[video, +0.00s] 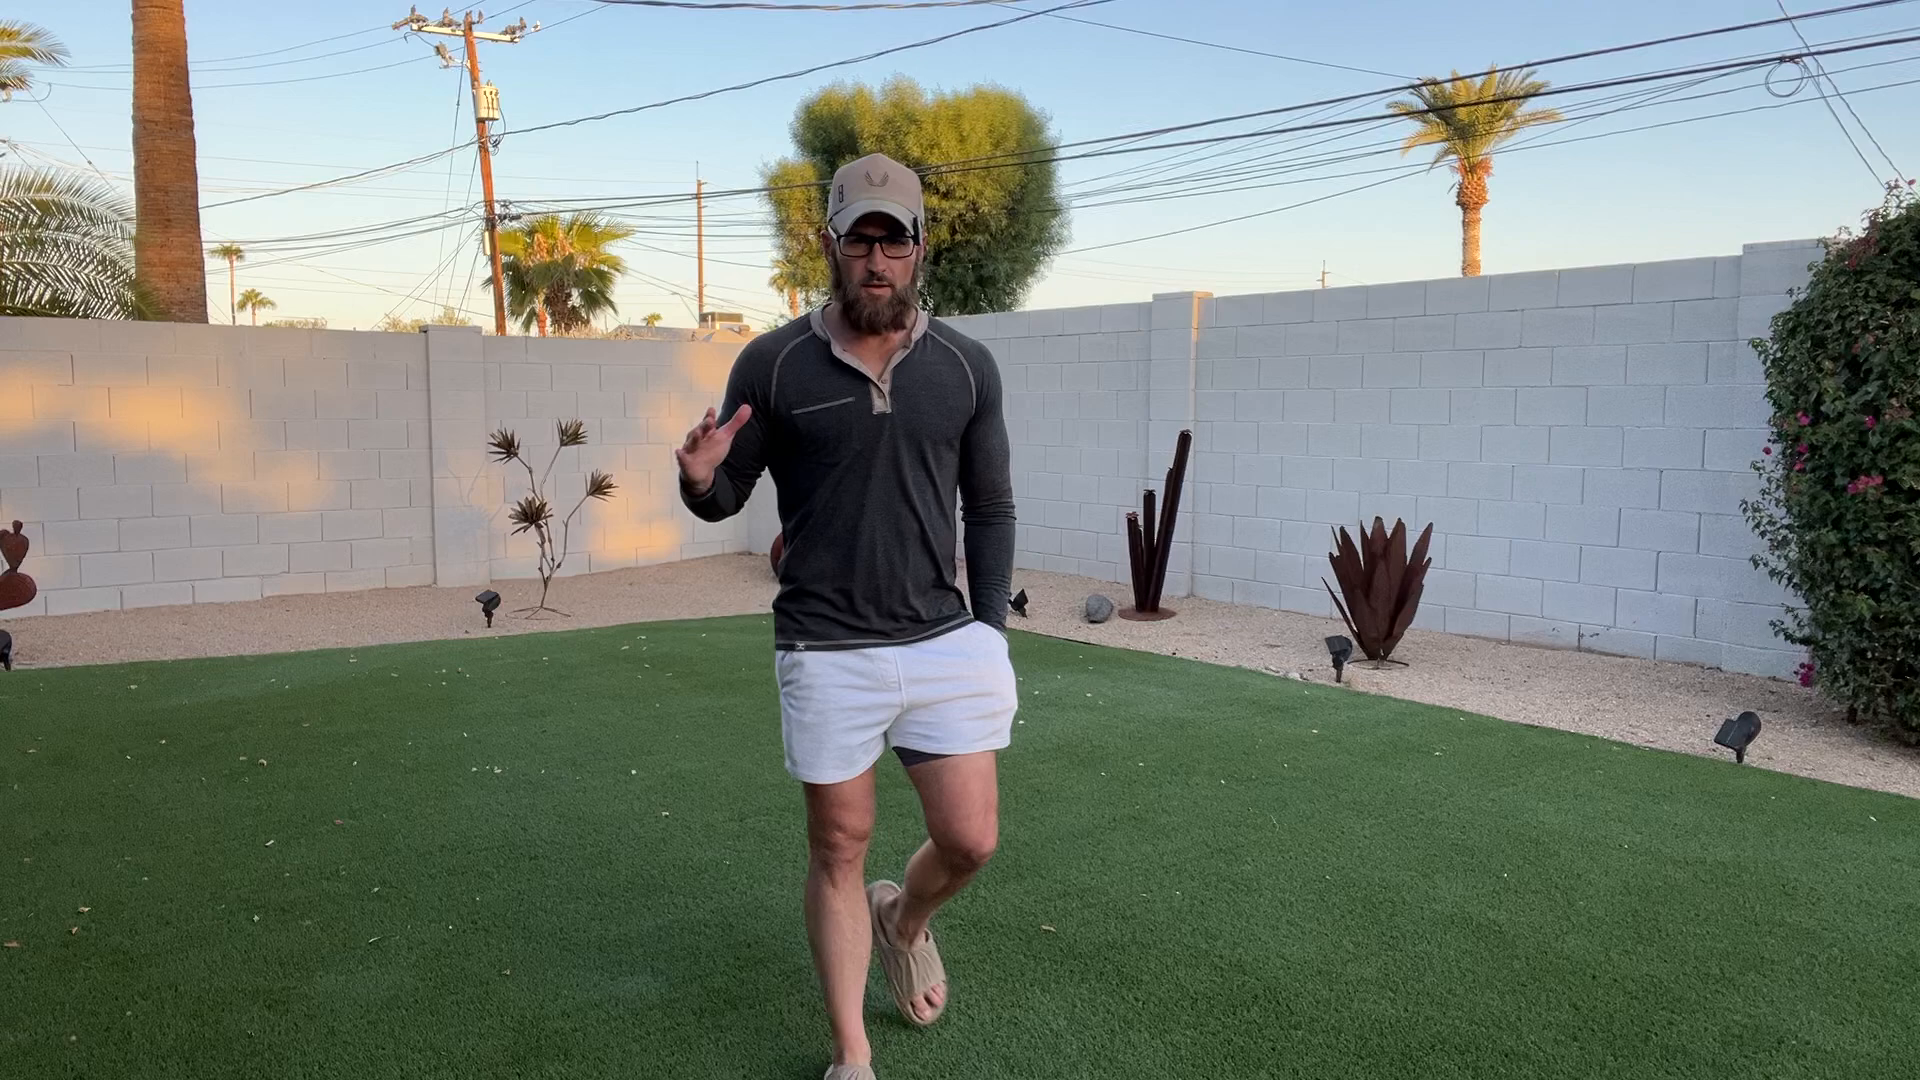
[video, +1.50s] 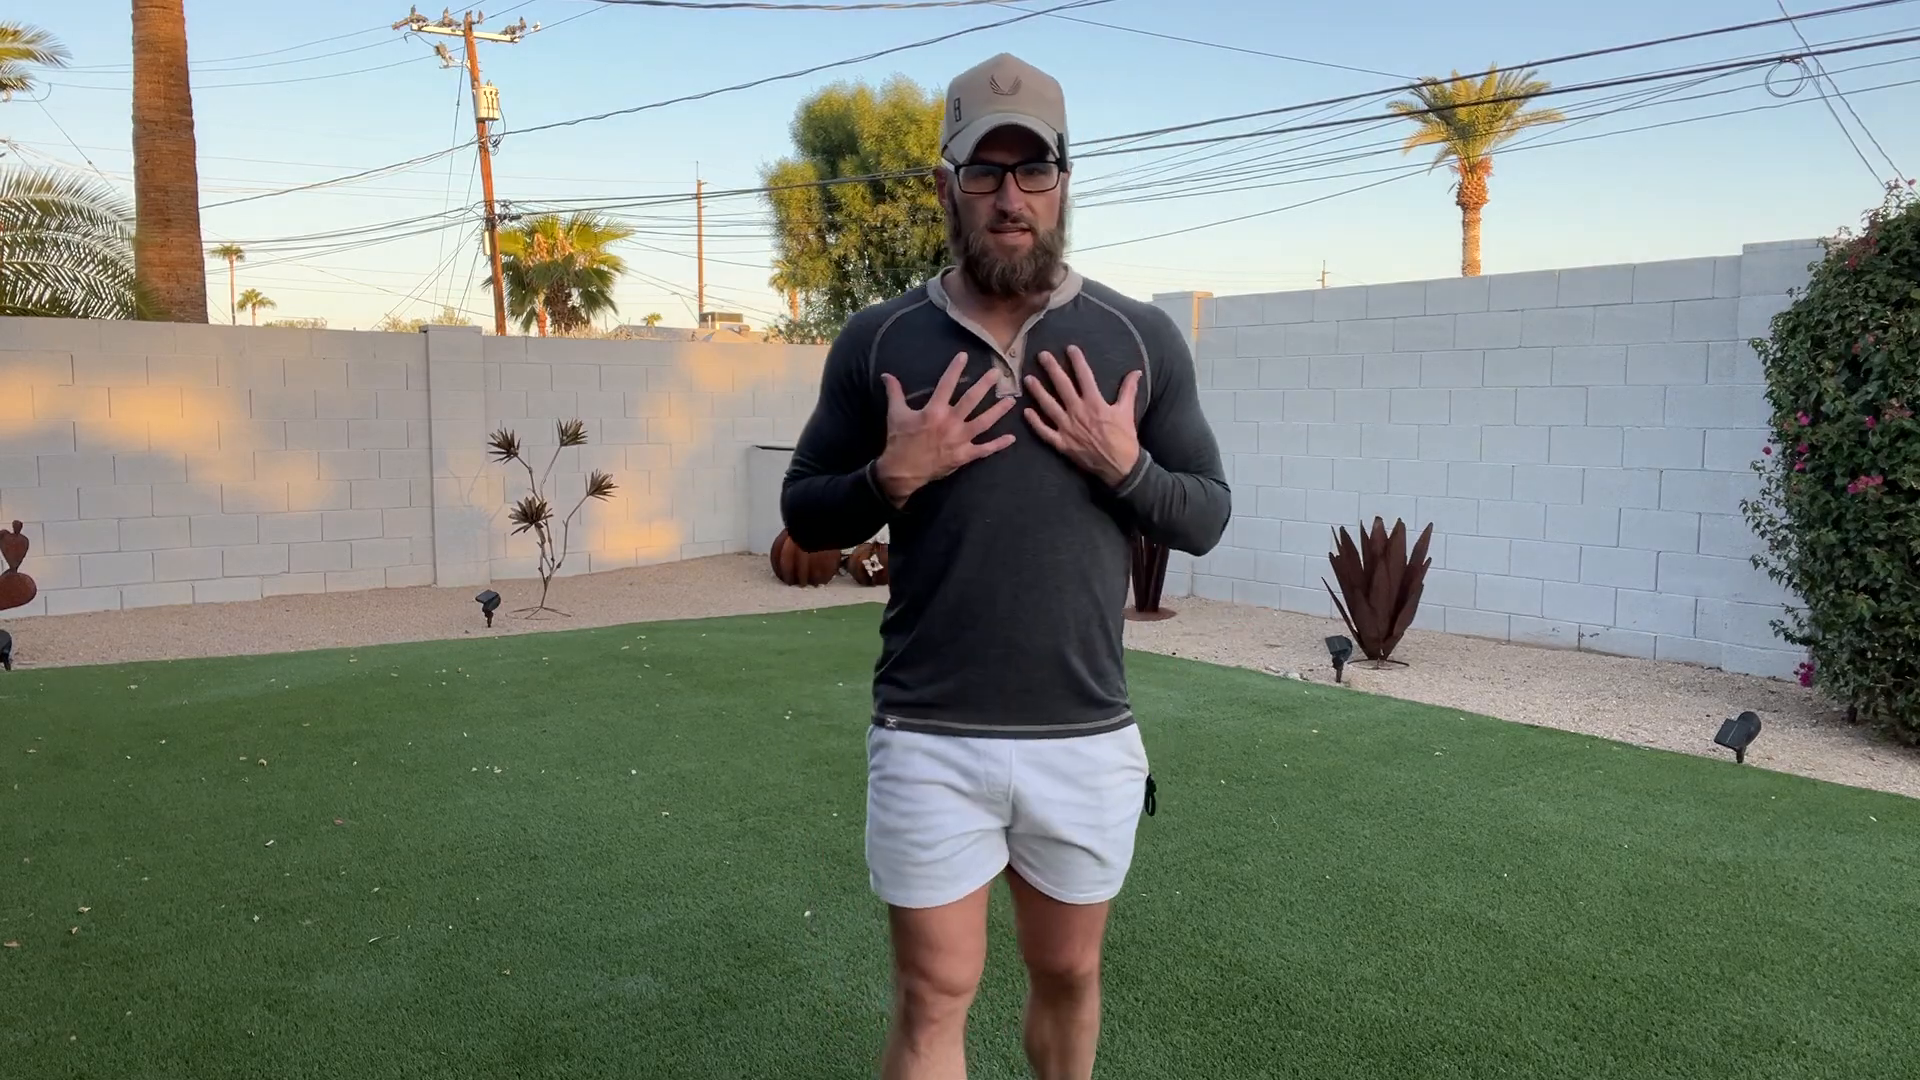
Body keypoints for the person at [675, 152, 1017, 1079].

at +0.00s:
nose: (876, 259)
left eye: (894, 240)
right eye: (859, 240)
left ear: (920, 253)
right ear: (830, 249)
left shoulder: (964, 365)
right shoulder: (773, 365)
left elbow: (990, 505)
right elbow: (725, 497)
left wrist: (988, 625)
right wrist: (700, 480)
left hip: (943, 635)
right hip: (827, 644)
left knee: (969, 841)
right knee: (840, 848)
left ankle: (900, 918)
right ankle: (851, 1055)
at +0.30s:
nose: (930, 251)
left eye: (950, 233)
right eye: (912, 231)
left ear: (976, 248)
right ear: (880, 239)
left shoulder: (1017, 364)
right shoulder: (818, 353)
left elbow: (1037, 519)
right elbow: (765, 497)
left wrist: (1025, 645)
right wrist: (862, 466)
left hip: (983, 658)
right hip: (860, 665)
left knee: (1004, 880)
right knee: (861, 863)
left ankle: (1048, 1072)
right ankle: (854, 1056)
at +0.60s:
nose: (1039, 240)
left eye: (1059, 220)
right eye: (1020, 218)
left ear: (1082, 237)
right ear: (984, 229)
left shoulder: (1124, 370)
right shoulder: (904, 347)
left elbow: (1145, 520)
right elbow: (819, 474)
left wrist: (1122, 648)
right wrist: (902, 559)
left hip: (1070, 683)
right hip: (929, 682)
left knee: (1048, 917)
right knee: (897, 928)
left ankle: (1052, 1078)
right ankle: (882, 1043)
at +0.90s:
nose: (1086, 233)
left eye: (1107, 211)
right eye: (1066, 208)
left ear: (1133, 225)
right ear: (1027, 215)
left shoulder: (1180, 368)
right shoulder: (942, 343)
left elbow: (1234, 499)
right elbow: (866, 471)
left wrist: (1249, 590)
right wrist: (867, 545)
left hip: (1103, 699)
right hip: (964, 690)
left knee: (1067, 936)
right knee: (935, 939)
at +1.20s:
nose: (1075, 218)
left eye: (1097, 195)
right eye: (1053, 194)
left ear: (1125, 209)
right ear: (1015, 205)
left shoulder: (1179, 353)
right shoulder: (936, 340)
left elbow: (1218, 545)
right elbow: (869, 516)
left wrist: (1215, 468)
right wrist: (924, 481)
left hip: (1113, 706)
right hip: (972, 699)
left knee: (1074, 950)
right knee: (946, 965)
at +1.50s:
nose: (1009, 193)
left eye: (1032, 170)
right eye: (985, 169)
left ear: (1064, 187)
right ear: (947, 189)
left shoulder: (1139, 341)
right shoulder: (878, 341)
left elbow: (1205, 516)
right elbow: (806, 514)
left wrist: (1127, 467)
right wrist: (890, 478)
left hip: (1083, 731)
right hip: (929, 731)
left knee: (1069, 977)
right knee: (933, 990)